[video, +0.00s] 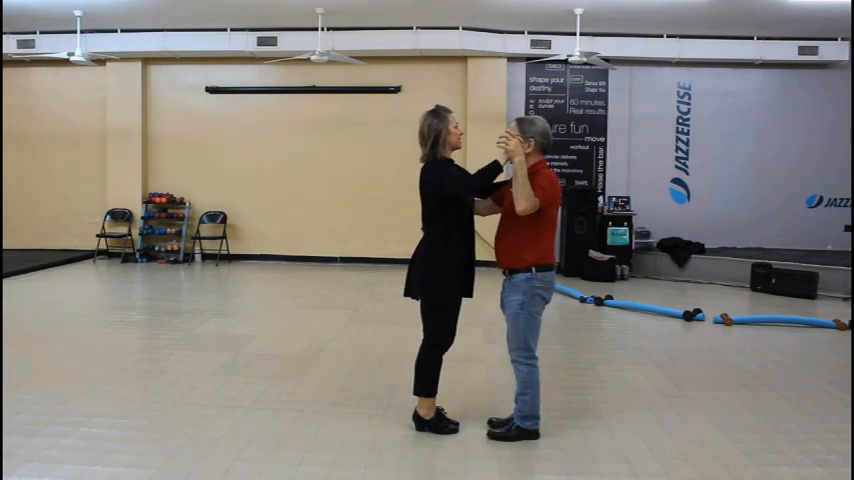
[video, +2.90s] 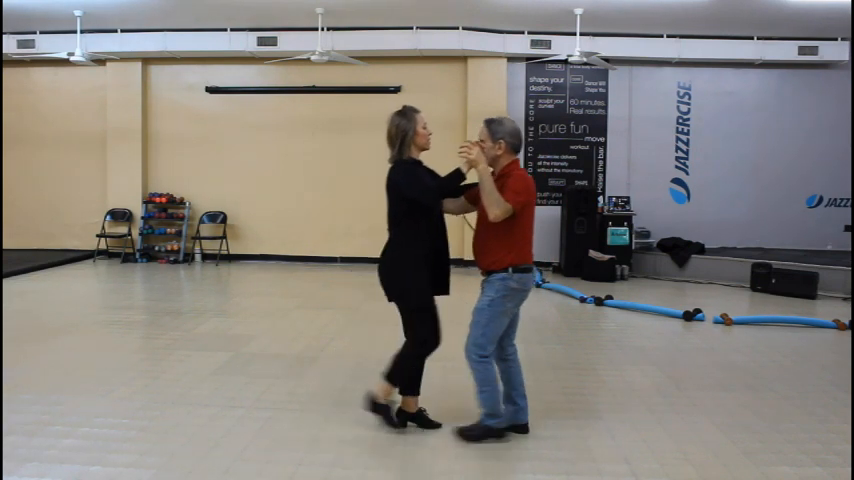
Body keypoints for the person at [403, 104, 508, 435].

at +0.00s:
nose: (461, 131)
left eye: (459, 126)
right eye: (455, 127)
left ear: (442, 132)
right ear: (441, 133)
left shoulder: (443, 167)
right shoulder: (438, 170)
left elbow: (473, 197)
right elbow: (472, 186)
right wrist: (501, 161)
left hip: (444, 267)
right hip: (439, 269)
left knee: (438, 339)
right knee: (436, 340)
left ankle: (427, 407)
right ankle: (424, 412)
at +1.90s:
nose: (453, 139)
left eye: (452, 133)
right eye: (448, 134)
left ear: (432, 138)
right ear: (433, 138)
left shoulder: (436, 173)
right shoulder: (425, 174)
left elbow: (464, 200)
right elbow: (455, 190)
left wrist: (498, 189)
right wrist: (485, 165)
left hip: (435, 270)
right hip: (421, 272)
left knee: (446, 336)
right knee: (445, 337)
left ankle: (429, 406)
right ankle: (410, 404)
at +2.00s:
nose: (446, 138)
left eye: (444, 133)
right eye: (440, 134)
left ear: (423, 140)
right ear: (424, 140)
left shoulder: (429, 176)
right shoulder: (419, 177)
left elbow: (457, 202)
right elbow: (444, 196)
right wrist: (473, 170)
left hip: (431, 274)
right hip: (415, 276)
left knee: (443, 335)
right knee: (437, 336)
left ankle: (428, 406)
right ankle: (376, 392)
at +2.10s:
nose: (435, 138)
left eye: (433, 133)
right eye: (429, 135)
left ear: (415, 142)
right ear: (415, 142)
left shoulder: (421, 179)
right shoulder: (408, 179)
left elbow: (449, 208)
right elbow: (435, 197)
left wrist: (481, 190)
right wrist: (462, 172)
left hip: (426, 278)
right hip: (406, 279)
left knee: (440, 333)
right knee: (408, 349)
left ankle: (428, 406)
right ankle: (344, 391)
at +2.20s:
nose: (424, 141)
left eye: (422, 136)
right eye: (419, 137)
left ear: (403, 144)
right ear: (404, 143)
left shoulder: (409, 180)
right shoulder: (398, 180)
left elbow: (441, 206)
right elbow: (424, 199)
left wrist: (472, 189)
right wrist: (450, 173)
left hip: (414, 278)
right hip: (393, 279)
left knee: (435, 333)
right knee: (378, 347)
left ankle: (427, 407)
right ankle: (321, 400)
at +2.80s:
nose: (421, 136)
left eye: (419, 130)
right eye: (415, 131)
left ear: (400, 137)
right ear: (400, 137)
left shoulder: (410, 172)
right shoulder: (396, 174)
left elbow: (441, 201)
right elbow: (430, 195)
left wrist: (474, 183)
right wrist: (456, 171)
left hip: (417, 272)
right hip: (398, 274)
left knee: (426, 336)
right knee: (406, 340)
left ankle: (409, 407)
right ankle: (346, 391)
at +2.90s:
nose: (429, 131)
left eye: (427, 126)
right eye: (424, 127)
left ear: (409, 133)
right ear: (409, 133)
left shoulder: (416, 169)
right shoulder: (404, 171)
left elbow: (447, 196)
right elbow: (437, 190)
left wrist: (481, 180)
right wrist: (465, 166)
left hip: (416, 266)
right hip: (404, 268)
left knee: (422, 338)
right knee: (425, 338)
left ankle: (409, 406)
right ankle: (382, 395)